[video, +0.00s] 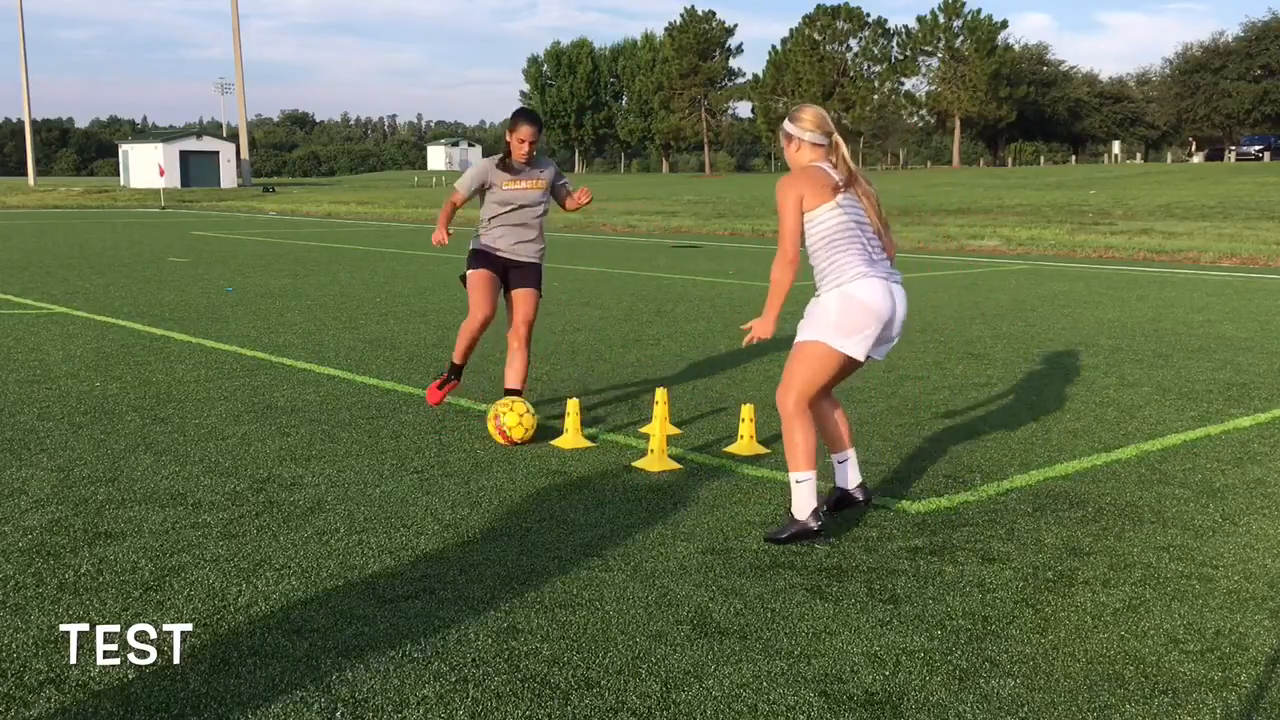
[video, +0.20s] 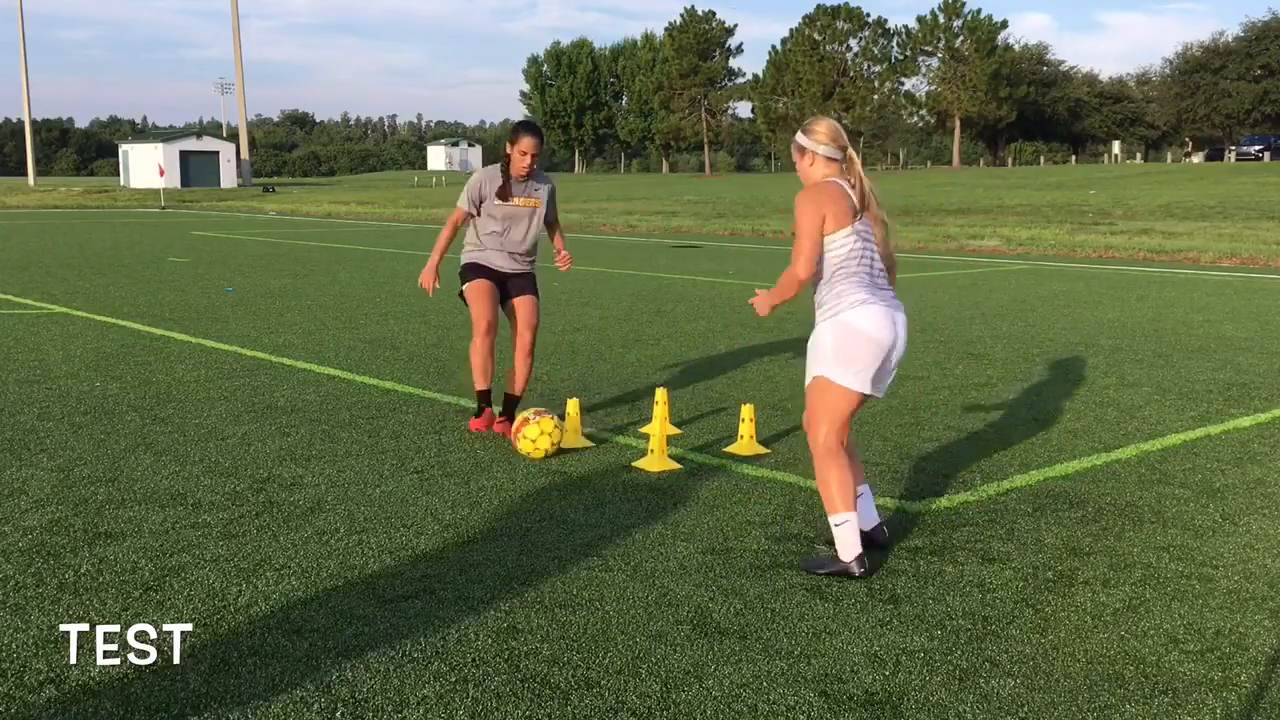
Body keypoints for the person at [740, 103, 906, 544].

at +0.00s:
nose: (784, 153)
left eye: (785, 145)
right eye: (784, 146)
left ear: (797, 143)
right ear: (826, 143)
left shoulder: (795, 181)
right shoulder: (854, 181)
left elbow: (788, 258)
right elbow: (886, 247)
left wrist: (768, 316)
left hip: (850, 296)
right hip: (887, 294)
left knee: (791, 396)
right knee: (818, 391)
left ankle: (805, 514)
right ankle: (851, 486)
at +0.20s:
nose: (796, 169)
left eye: (797, 160)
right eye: (795, 160)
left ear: (811, 156)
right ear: (839, 157)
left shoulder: (814, 195)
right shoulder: (864, 197)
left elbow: (803, 269)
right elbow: (885, 267)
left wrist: (771, 299)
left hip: (851, 320)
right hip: (886, 319)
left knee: (822, 435)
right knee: (834, 433)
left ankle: (849, 554)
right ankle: (869, 525)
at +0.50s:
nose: (832, 161)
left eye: (833, 152)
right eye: (832, 152)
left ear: (847, 149)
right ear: (873, 150)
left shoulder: (864, 187)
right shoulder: (894, 192)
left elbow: (821, 242)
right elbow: (921, 265)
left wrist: (792, 231)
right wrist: (901, 308)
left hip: (881, 327)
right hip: (901, 323)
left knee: (855, 440)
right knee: (815, 407)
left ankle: (877, 554)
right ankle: (865, 506)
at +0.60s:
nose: (849, 146)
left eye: (853, 137)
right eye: (849, 138)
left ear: (871, 136)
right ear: (888, 138)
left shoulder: (892, 165)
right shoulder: (901, 178)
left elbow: (819, 163)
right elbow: (917, 261)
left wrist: (818, 158)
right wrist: (868, 288)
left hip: (903, 319)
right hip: (890, 316)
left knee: (851, 423)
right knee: (840, 413)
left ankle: (882, 546)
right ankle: (872, 519)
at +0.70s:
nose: (870, 127)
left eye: (876, 113)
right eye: (870, 117)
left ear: (896, 117)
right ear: (913, 121)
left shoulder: (911, 148)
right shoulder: (924, 169)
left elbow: (881, 105)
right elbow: (947, 237)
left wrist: (845, 120)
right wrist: (940, 273)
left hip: (909, 303)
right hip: (890, 304)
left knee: (858, 411)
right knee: (844, 404)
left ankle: (931, 504)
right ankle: (871, 514)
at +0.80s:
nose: (879, 152)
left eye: (882, 143)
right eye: (879, 143)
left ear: (900, 138)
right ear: (919, 138)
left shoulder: (920, 157)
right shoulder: (941, 175)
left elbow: (906, 169)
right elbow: (981, 230)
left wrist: (869, 186)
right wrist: (1029, 257)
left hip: (924, 311)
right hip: (895, 311)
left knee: (896, 424)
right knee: (832, 392)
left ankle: (950, 523)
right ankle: (859, 503)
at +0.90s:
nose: (887, 168)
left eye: (889, 158)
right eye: (886, 159)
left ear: (909, 151)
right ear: (920, 150)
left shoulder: (928, 186)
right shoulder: (953, 190)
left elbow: (918, 243)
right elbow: (1001, 239)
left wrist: (869, 272)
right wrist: (1054, 270)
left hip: (938, 324)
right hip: (912, 320)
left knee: (891, 429)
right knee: (838, 390)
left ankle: (950, 522)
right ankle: (829, 500)